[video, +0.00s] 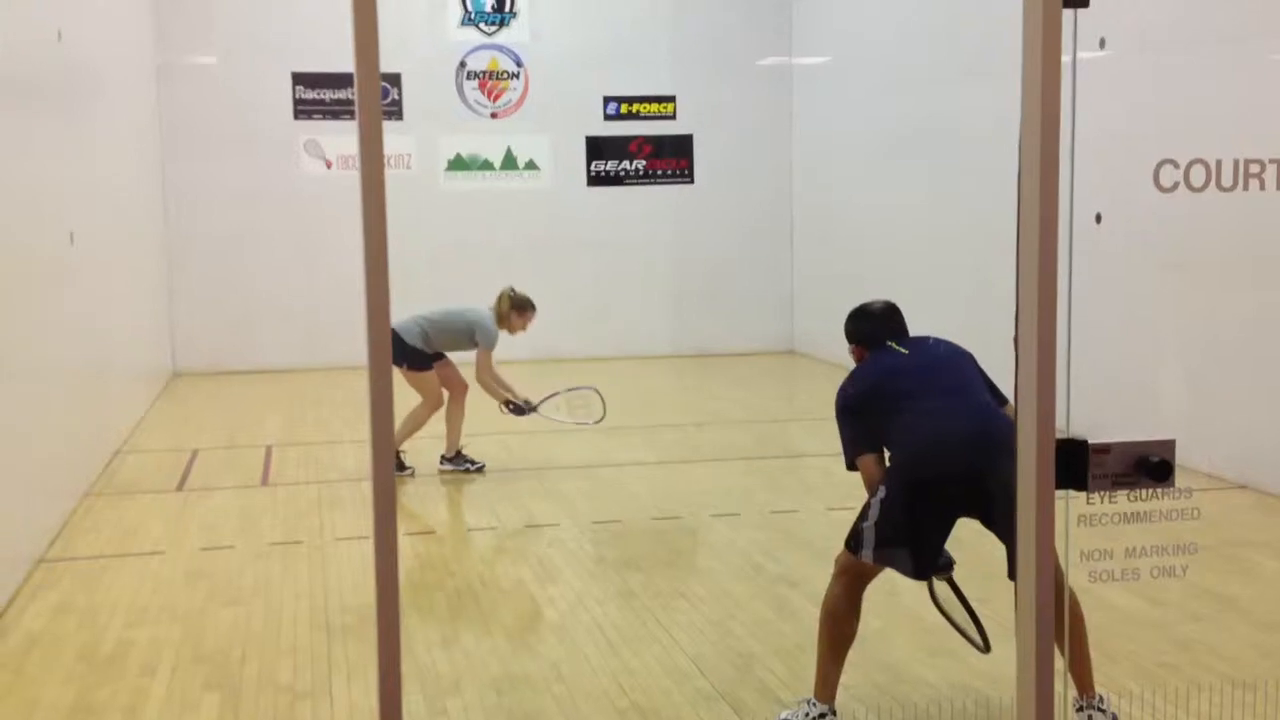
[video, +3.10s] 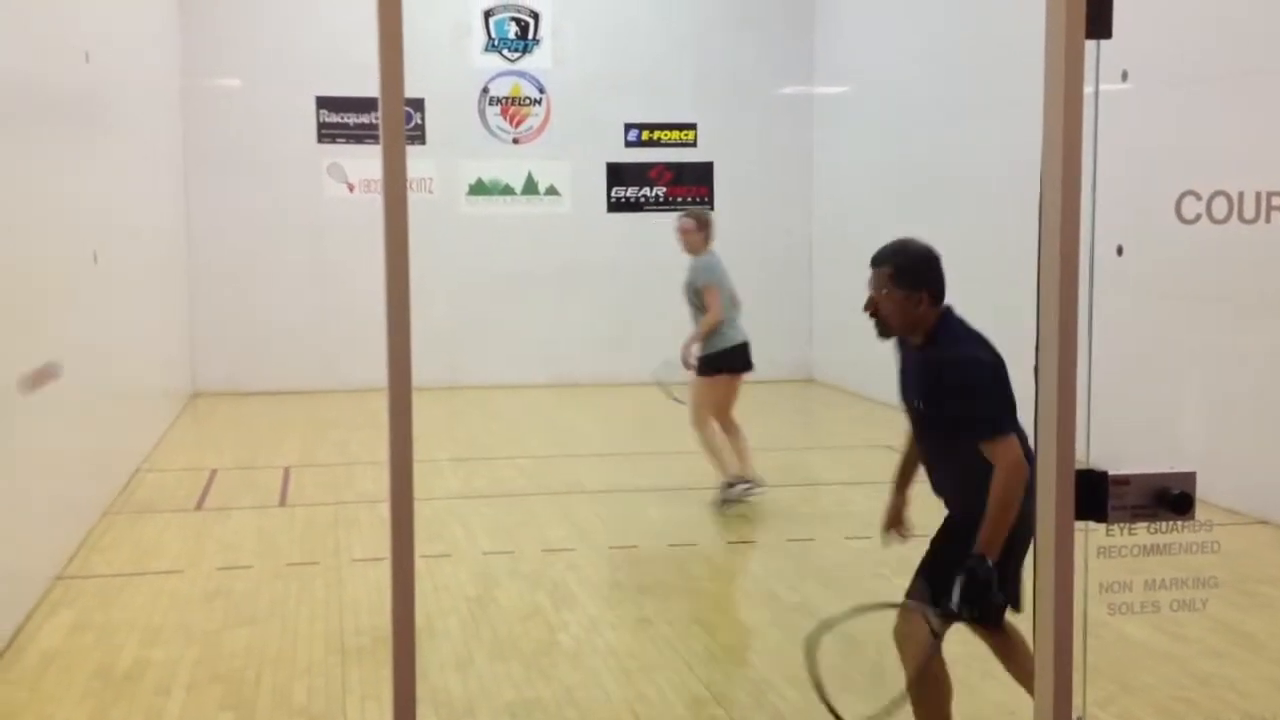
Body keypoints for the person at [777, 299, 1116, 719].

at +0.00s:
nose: (851, 356)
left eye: (850, 350)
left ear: (857, 351)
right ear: (904, 332)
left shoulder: (855, 388)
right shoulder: (948, 351)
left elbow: (875, 479)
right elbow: (1007, 415)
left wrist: (919, 547)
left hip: (924, 472)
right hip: (998, 461)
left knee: (850, 574)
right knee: (1049, 574)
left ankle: (821, 703)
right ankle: (1089, 698)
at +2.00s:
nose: (925, 342)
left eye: (925, 336)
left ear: (931, 336)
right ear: (982, 331)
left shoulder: (914, 376)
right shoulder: (1021, 362)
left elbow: (886, 470)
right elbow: (1081, 444)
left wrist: (887, 516)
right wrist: (1079, 478)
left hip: (929, 486)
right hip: (1010, 486)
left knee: (870, 597)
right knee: (1064, 592)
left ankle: (817, 713)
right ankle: (1080, 713)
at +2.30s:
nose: (887, 312)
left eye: (887, 306)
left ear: (891, 308)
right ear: (941, 302)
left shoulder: (881, 359)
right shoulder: (988, 346)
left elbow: (861, 454)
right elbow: (1017, 424)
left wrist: (856, 510)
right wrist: (1027, 495)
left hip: (918, 489)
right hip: (996, 489)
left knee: (845, 591)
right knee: (1039, 599)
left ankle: (820, 713)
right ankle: (1075, 713)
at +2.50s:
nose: (848, 305)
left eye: (849, 296)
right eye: (847, 295)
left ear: (864, 295)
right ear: (904, 287)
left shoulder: (870, 348)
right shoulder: (953, 324)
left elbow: (857, 435)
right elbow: (971, 408)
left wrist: (817, 511)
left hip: (920, 488)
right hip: (992, 481)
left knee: (849, 593)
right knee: (985, 594)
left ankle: (825, 713)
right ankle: (1047, 704)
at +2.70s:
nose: (864, 294)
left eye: (871, 284)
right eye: (864, 284)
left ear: (899, 283)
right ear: (914, 279)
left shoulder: (918, 333)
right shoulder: (964, 313)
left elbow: (928, 430)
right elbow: (991, 408)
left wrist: (888, 522)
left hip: (958, 490)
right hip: (1002, 486)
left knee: (893, 602)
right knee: (986, 598)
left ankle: (850, 714)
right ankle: (1049, 703)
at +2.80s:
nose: (874, 294)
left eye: (880, 282)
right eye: (874, 282)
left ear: (911, 280)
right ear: (924, 277)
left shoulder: (934, 332)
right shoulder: (968, 313)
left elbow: (955, 431)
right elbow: (986, 416)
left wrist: (931, 502)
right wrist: (944, 493)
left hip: (974, 484)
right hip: (1008, 481)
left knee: (899, 596)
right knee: (988, 592)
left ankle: (893, 712)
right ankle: (1048, 696)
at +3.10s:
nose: (869, 304)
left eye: (880, 292)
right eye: (871, 291)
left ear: (922, 300)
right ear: (917, 300)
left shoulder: (966, 359)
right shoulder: (913, 341)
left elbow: (1013, 464)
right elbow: (925, 424)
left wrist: (983, 557)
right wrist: (900, 492)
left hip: (992, 508)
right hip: (976, 503)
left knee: (913, 631)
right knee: (986, 615)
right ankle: (1055, 704)